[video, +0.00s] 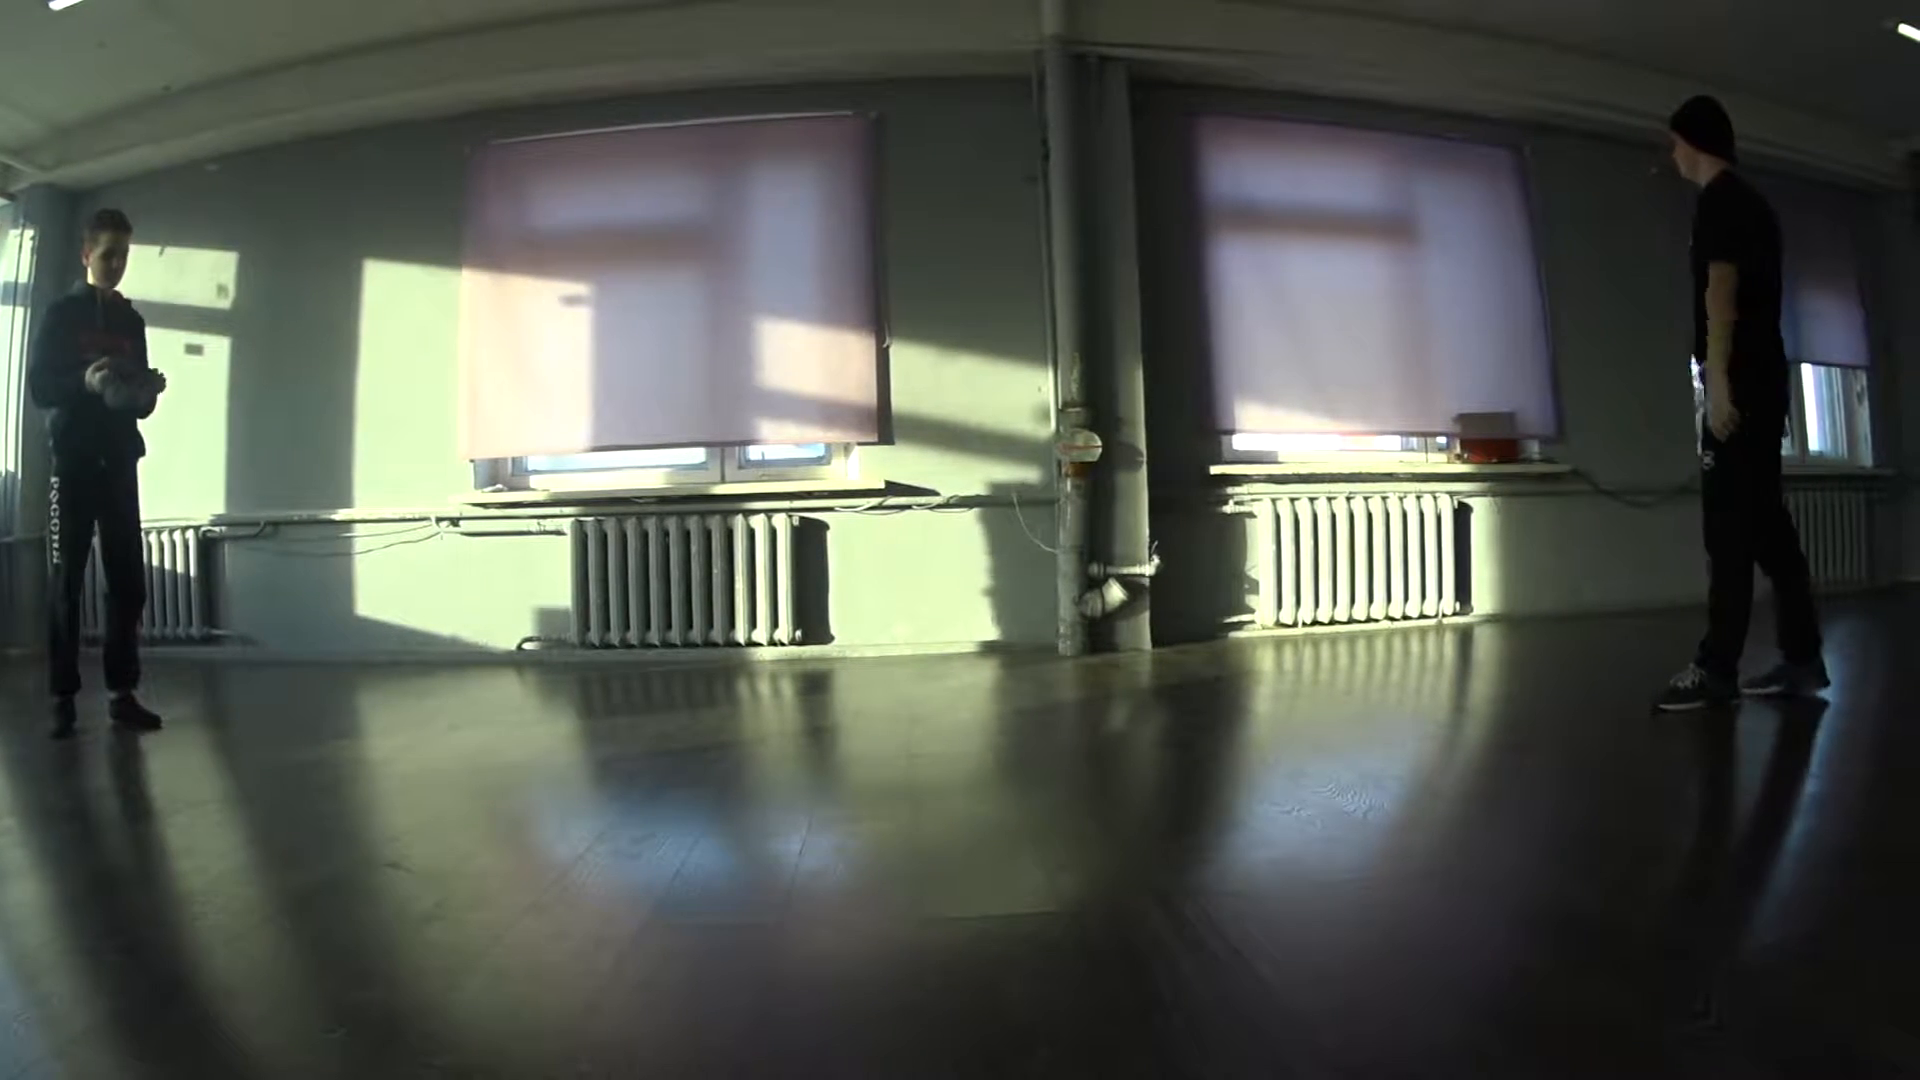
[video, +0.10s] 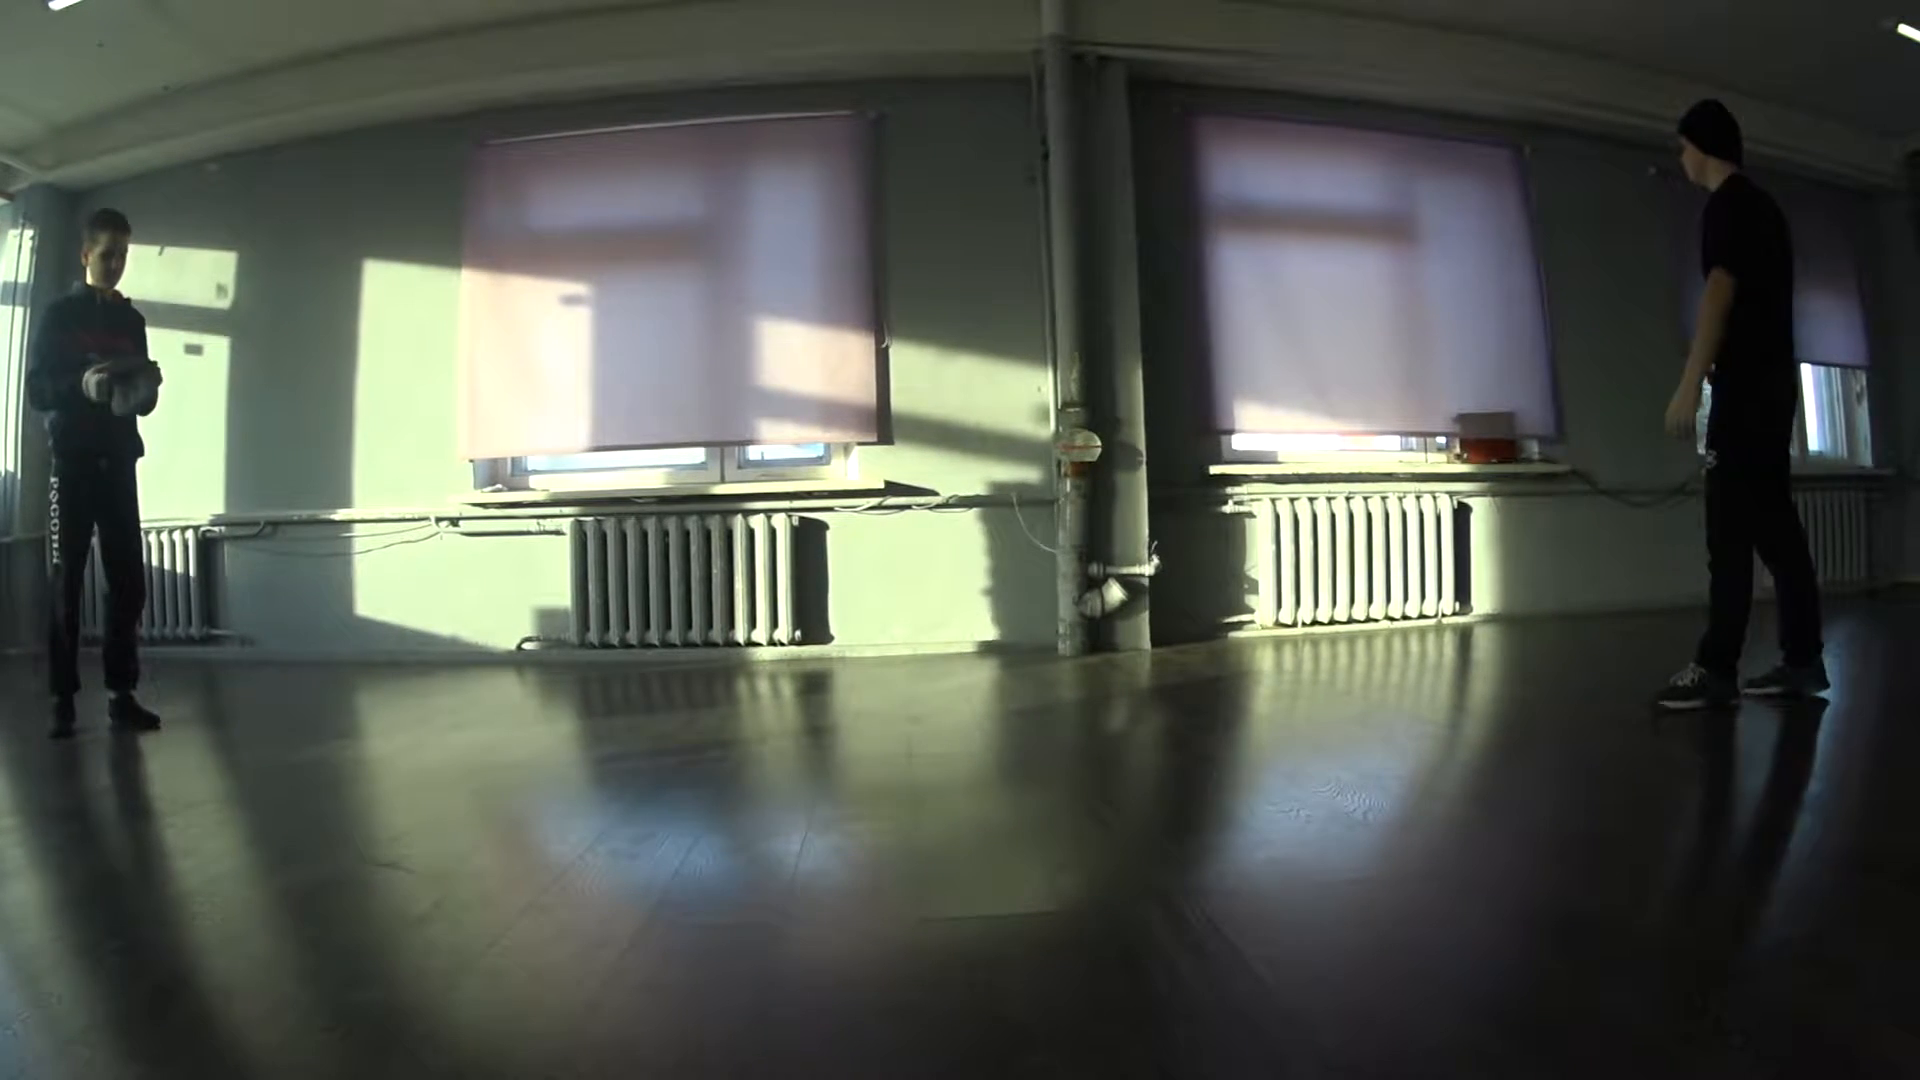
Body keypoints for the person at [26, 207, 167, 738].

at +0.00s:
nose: (117, 262)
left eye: (123, 253)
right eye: (109, 252)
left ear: (130, 257)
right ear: (86, 253)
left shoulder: (131, 318)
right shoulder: (62, 310)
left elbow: (145, 398)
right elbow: (39, 391)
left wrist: (143, 394)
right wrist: (85, 380)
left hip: (119, 454)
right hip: (74, 454)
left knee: (127, 576)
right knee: (68, 576)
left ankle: (123, 696)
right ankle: (64, 698)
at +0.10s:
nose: (117, 262)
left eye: (122, 253)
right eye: (108, 252)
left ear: (128, 256)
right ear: (86, 253)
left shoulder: (131, 317)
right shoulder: (60, 311)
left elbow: (143, 397)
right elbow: (37, 392)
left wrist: (142, 386)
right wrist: (82, 384)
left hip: (119, 457)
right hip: (73, 458)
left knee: (128, 579)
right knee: (69, 577)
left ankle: (122, 696)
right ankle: (63, 700)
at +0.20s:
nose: (114, 261)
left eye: (120, 252)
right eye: (106, 252)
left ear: (127, 255)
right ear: (84, 253)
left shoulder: (132, 315)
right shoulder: (60, 311)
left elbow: (144, 393)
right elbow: (38, 393)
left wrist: (144, 389)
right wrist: (81, 387)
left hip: (117, 457)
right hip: (71, 459)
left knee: (127, 578)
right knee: (68, 578)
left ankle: (122, 697)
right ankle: (63, 700)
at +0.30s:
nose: (112, 261)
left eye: (118, 252)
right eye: (103, 251)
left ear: (125, 255)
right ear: (82, 254)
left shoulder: (133, 315)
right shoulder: (60, 314)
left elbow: (148, 390)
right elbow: (38, 392)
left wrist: (138, 401)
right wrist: (81, 388)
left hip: (116, 458)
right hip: (71, 459)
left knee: (126, 577)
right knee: (67, 578)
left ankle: (122, 696)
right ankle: (62, 699)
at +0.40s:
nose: (110, 259)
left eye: (117, 251)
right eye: (102, 250)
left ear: (124, 255)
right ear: (81, 253)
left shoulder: (134, 315)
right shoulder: (60, 313)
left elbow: (149, 388)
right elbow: (38, 394)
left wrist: (133, 415)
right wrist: (80, 388)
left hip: (116, 458)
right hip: (70, 458)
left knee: (125, 576)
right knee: (65, 577)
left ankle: (121, 696)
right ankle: (62, 699)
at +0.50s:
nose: (111, 259)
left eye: (117, 250)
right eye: (102, 250)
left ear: (124, 254)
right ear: (82, 253)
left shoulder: (132, 315)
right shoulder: (59, 312)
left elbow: (148, 388)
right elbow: (38, 392)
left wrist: (130, 411)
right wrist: (81, 389)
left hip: (116, 457)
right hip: (70, 457)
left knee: (124, 576)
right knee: (64, 576)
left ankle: (121, 696)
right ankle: (62, 699)